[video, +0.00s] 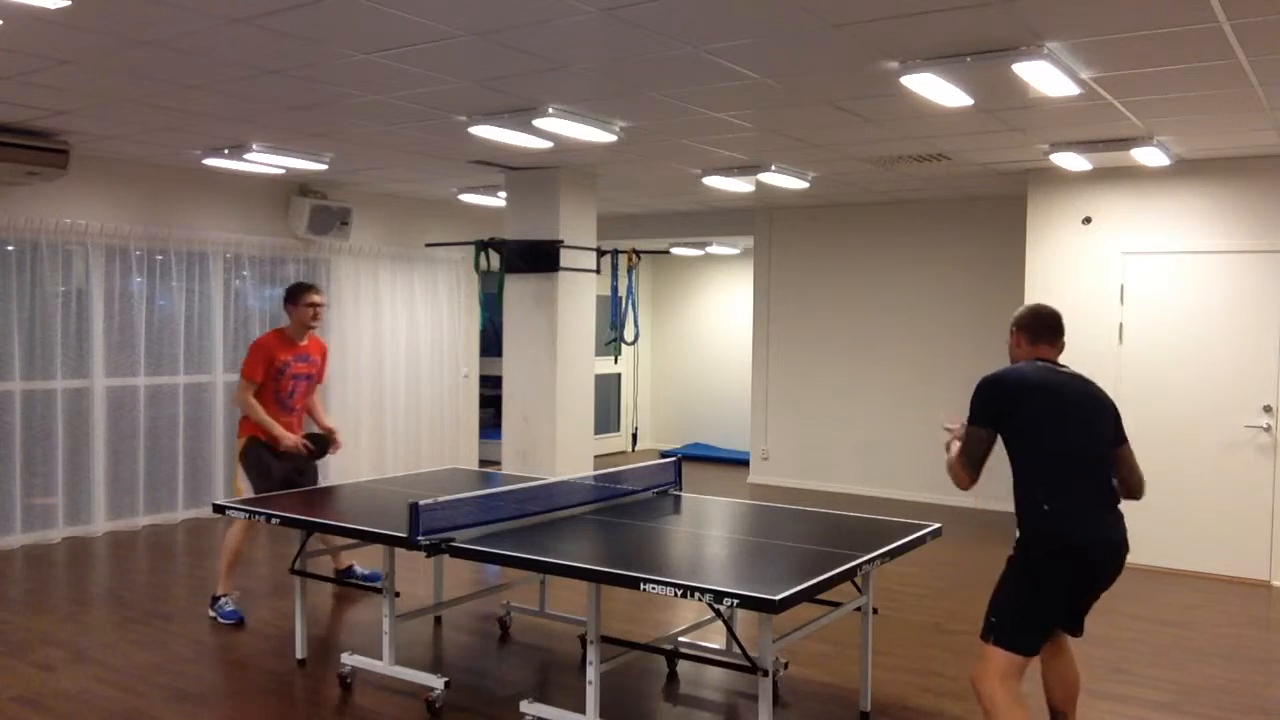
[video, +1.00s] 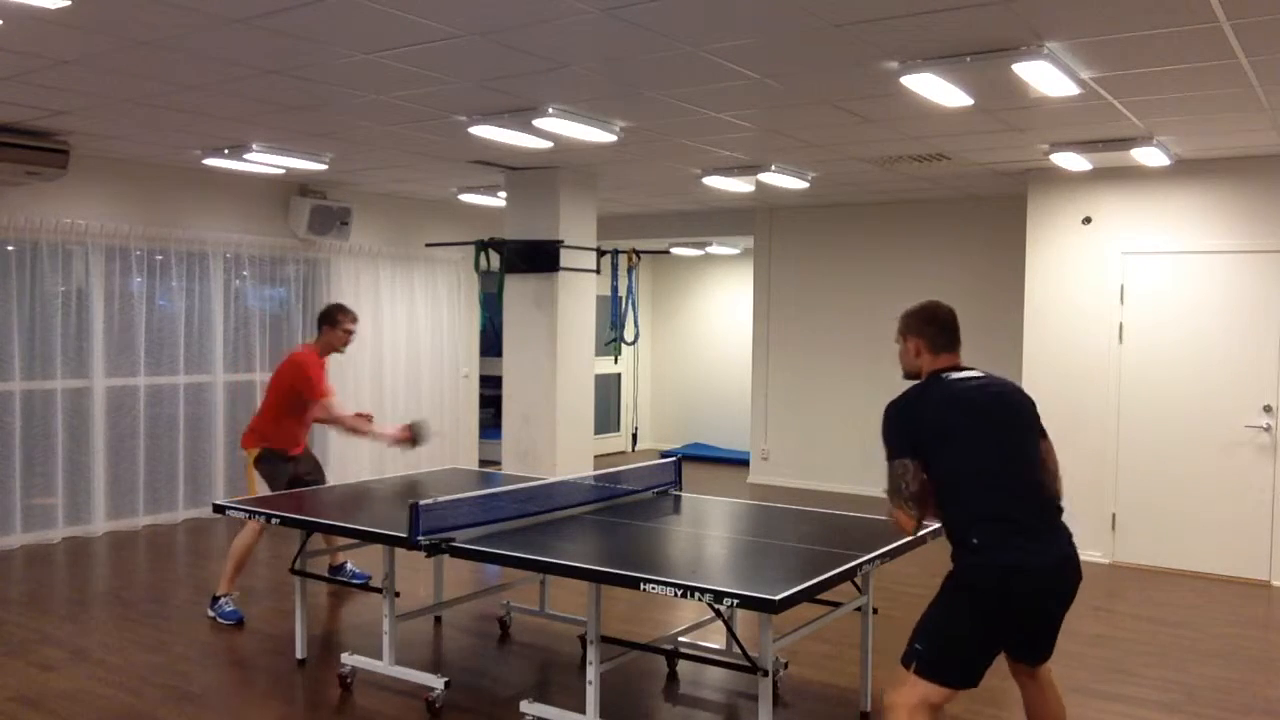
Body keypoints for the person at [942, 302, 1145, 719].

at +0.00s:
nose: (1009, 349)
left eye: (1010, 342)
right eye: (1010, 342)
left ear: (1017, 340)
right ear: (1060, 345)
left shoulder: (1000, 385)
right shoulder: (1093, 394)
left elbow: (964, 476)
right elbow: (1133, 487)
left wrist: (955, 445)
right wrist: (1087, 468)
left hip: (1048, 544)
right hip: (1107, 545)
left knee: (993, 676)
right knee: (1054, 637)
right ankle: (1063, 716)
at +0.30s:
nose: (981, 364)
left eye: (981, 357)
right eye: (982, 358)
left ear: (987, 356)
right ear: (1027, 361)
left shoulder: (980, 397)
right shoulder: (1056, 409)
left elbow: (957, 491)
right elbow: (1065, 487)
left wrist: (925, 504)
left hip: (1033, 557)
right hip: (1084, 556)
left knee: (966, 683)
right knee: (1023, 645)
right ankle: (1050, 713)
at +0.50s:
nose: (937, 369)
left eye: (938, 359)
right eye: (937, 359)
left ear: (949, 356)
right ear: (983, 357)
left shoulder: (952, 399)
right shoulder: (1021, 404)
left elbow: (950, 495)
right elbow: (1019, 487)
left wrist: (924, 514)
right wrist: (960, 513)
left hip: (1008, 568)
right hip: (1061, 564)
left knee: (923, 699)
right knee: (1029, 661)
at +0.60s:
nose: (901, 369)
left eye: (902, 359)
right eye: (901, 359)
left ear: (914, 357)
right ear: (952, 358)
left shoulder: (914, 415)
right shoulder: (995, 403)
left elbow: (922, 522)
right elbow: (1012, 487)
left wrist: (910, 528)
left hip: (988, 583)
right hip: (1049, 571)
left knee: (898, 702)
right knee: (1032, 675)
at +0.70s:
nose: (878, 373)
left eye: (877, 363)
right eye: (875, 364)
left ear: (891, 363)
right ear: (931, 358)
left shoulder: (892, 429)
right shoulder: (993, 406)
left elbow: (902, 544)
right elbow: (1063, 483)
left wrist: (926, 542)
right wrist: (1047, 520)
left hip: (979, 588)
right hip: (1044, 575)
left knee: (884, 706)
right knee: (1022, 670)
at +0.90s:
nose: (887, 357)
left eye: (887, 347)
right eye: (887, 348)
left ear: (901, 348)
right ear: (943, 345)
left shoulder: (894, 417)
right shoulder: (1005, 393)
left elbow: (902, 531)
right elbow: (1063, 482)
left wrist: (934, 502)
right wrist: (1008, 505)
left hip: (976, 576)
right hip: (1048, 567)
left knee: (905, 701)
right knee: (1027, 666)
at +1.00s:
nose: (899, 356)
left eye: (900, 344)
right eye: (899, 345)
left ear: (915, 346)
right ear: (956, 345)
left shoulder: (906, 410)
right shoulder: (1011, 392)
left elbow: (908, 518)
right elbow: (1052, 490)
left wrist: (949, 482)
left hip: (988, 570)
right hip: (1057, 562)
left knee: (913, 700)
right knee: (1030, 667)